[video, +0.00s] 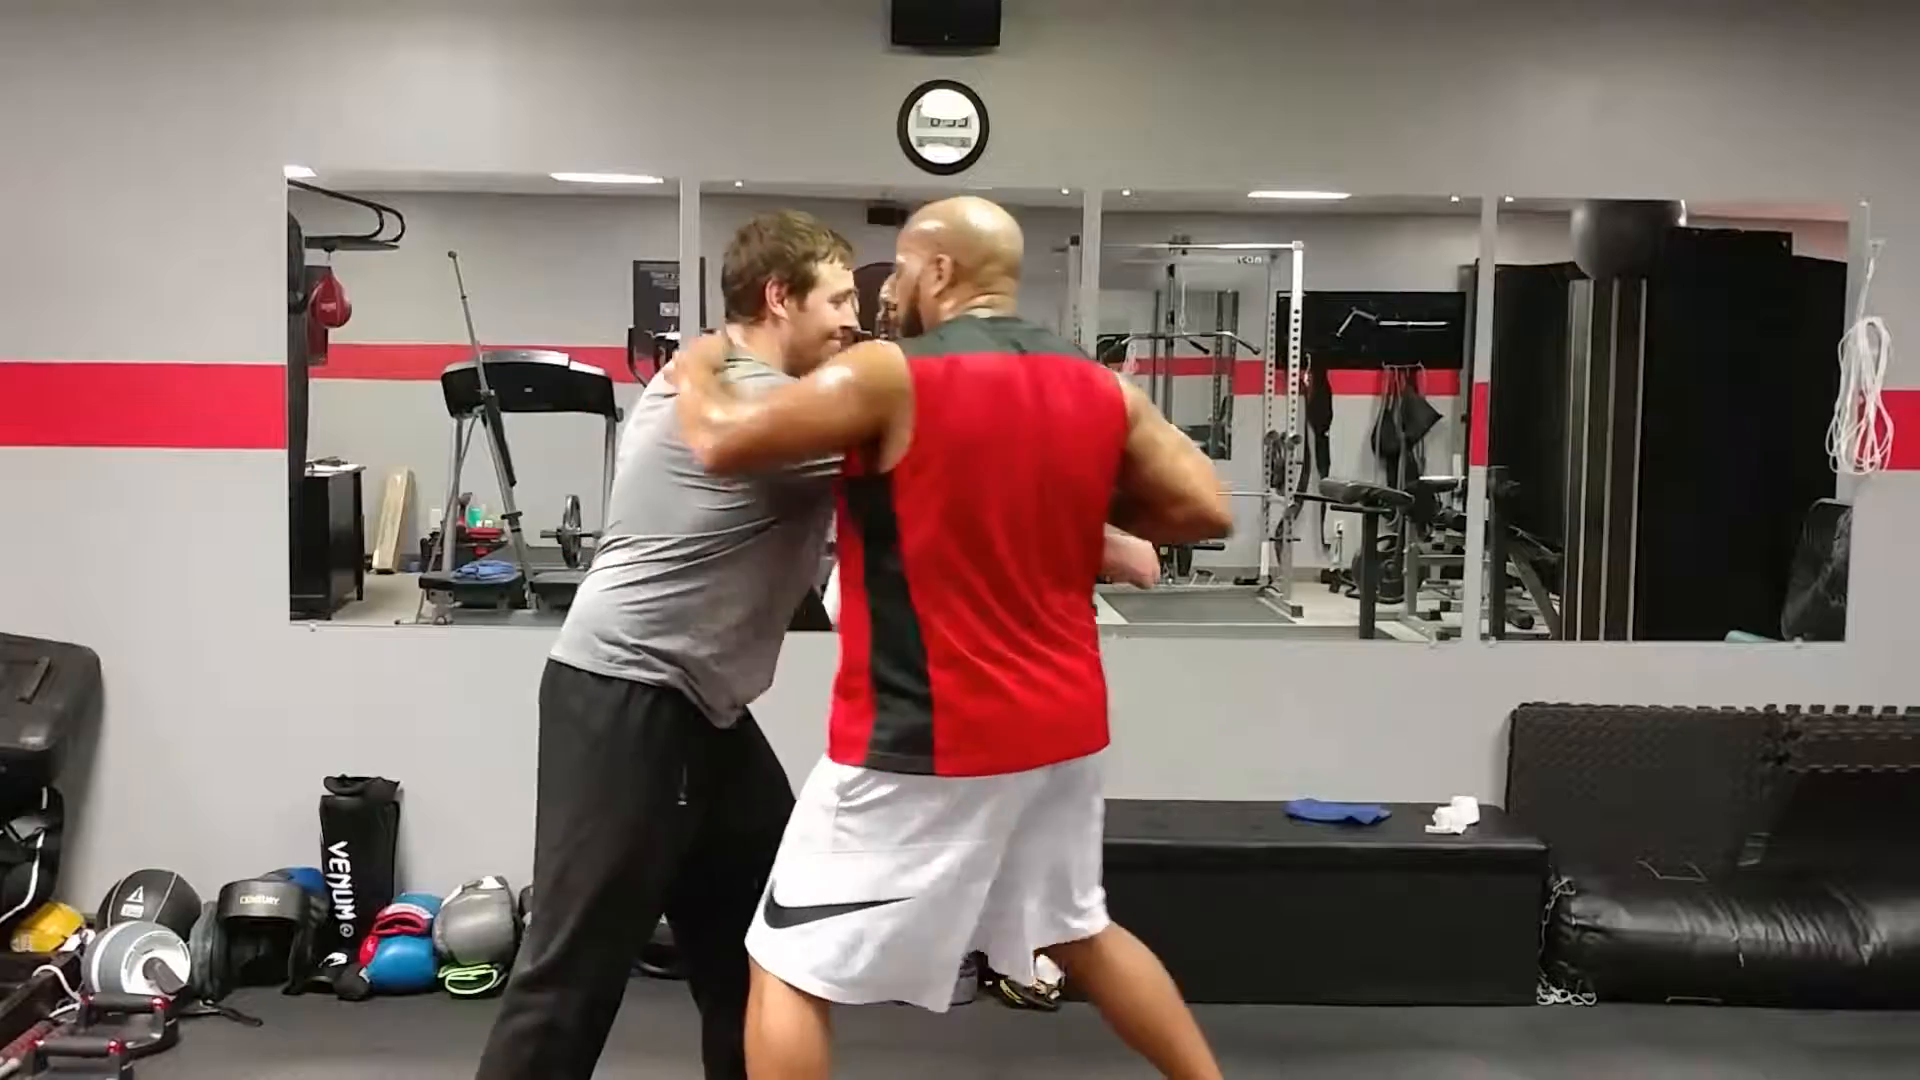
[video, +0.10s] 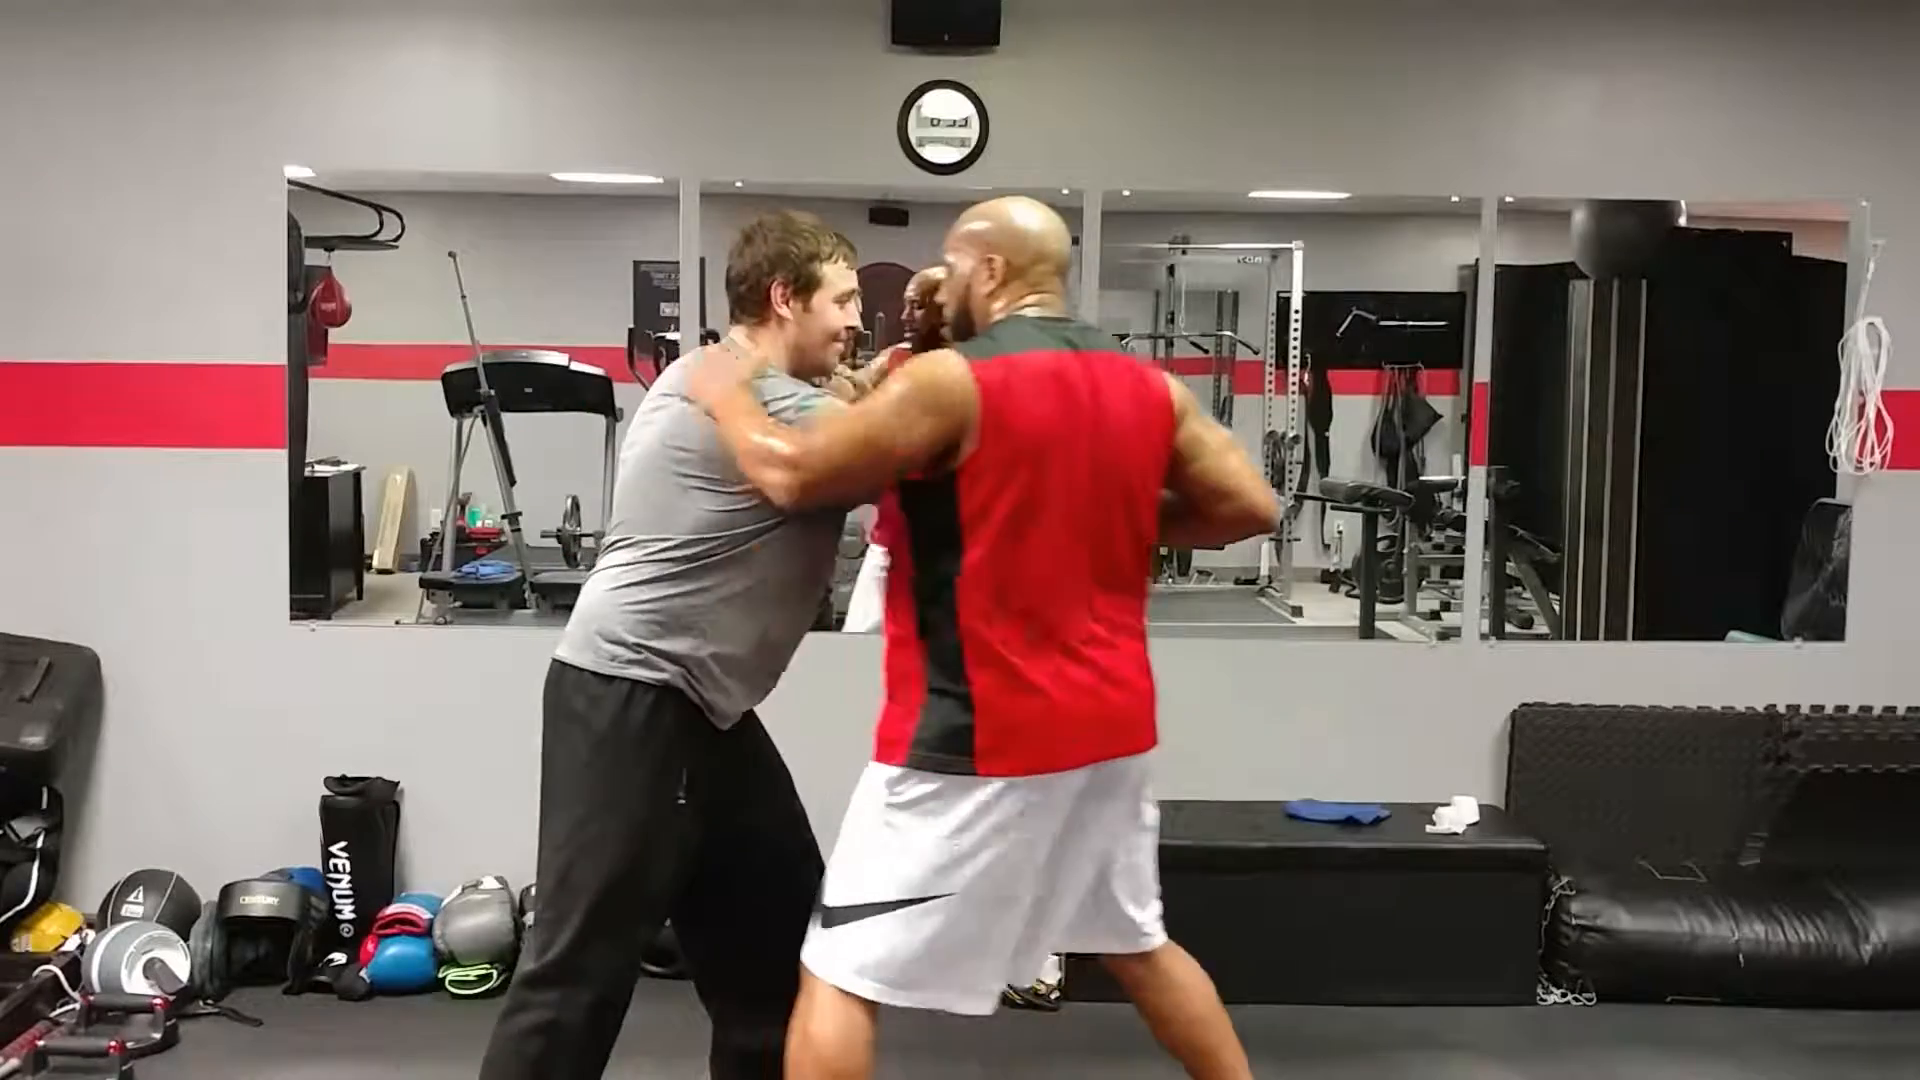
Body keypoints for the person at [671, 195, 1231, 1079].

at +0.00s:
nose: (889, 287)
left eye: (900, 269)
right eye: (892, 269)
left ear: (940, 273)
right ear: (1007, 278)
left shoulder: (887, 374)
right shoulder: (1100, 389)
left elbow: (722, 443)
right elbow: (1209, 511)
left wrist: (696, 368)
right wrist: (1066, 517)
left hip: (914, 732)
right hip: (1066, 721)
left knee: (787, 969)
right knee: (1077, 925)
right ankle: (1205, 1074)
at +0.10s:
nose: (940, 279)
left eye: (951, 262)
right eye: (945, 262)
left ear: (992, 271)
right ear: (1055, 278)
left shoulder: (948, 382)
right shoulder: (1148, 388)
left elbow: (789, 470)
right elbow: (1249, 507)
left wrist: (723, 390)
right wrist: (1122, 517)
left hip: (969, 735)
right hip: (1114, 722)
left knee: (840, 978)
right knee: (1137, 941)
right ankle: (1237, 1075)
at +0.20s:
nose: (986, 276)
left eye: (995, 258)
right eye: (988, 258)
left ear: (1040, 260)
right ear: (1089, 262)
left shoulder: (1018, 370)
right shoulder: (1195, 364)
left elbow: (875, 488)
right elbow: (1281, 491)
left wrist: (768, 427)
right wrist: (1159, 536)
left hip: (1041, 708)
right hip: (1185, 698)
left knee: (897, 945)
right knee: (1179, 934)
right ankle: (1255, 1075)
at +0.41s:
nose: (1051, 264)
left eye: (1063, 243)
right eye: (1052, 244)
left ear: (1118, 241)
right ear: (1142, 243)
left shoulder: (1111, 346)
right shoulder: (1242, 337)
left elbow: (989, 479)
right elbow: (1279, 493)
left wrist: (828, 494)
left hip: (1133, 678)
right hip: (1262, 673)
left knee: (976, 894)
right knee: (1234, 925)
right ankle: (1277, 1076)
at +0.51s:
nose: (1075, 259)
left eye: (1087, 238)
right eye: (1076, 239)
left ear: (1148, 236)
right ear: (1173, 240)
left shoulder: (1143, 346)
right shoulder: (1262, 343)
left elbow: (1052, 497)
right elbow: (1213, 502)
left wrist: (902, 583)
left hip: (1153, 695)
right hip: (1275, 689)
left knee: (1056, 936)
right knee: (1240, 932)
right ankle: (1278, 1076)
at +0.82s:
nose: (1100, 244)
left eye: (1115, 225)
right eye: (1102, 225)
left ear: (1181, 230)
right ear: (1195, 233)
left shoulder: (1183, 341)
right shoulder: (1259, 324)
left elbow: (1116, 491)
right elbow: (1227, 491)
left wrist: (961, 492)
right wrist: (1112, 451)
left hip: (1174, 697)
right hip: (1273, 688)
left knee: (1106, 953)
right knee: (1245, 938)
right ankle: (1278, 1079)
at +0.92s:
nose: (1113, 239)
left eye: (1129, 221)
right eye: (1116, 221)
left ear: (1191, 228)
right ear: (1210, 230)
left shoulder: (1161, 334)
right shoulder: (1269, 320)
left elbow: (1008, 420)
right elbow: (1227, 464)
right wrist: (1113, 463)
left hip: (1176, 695)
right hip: (1287, 687)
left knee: (1100, 956)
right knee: (1247, 945)